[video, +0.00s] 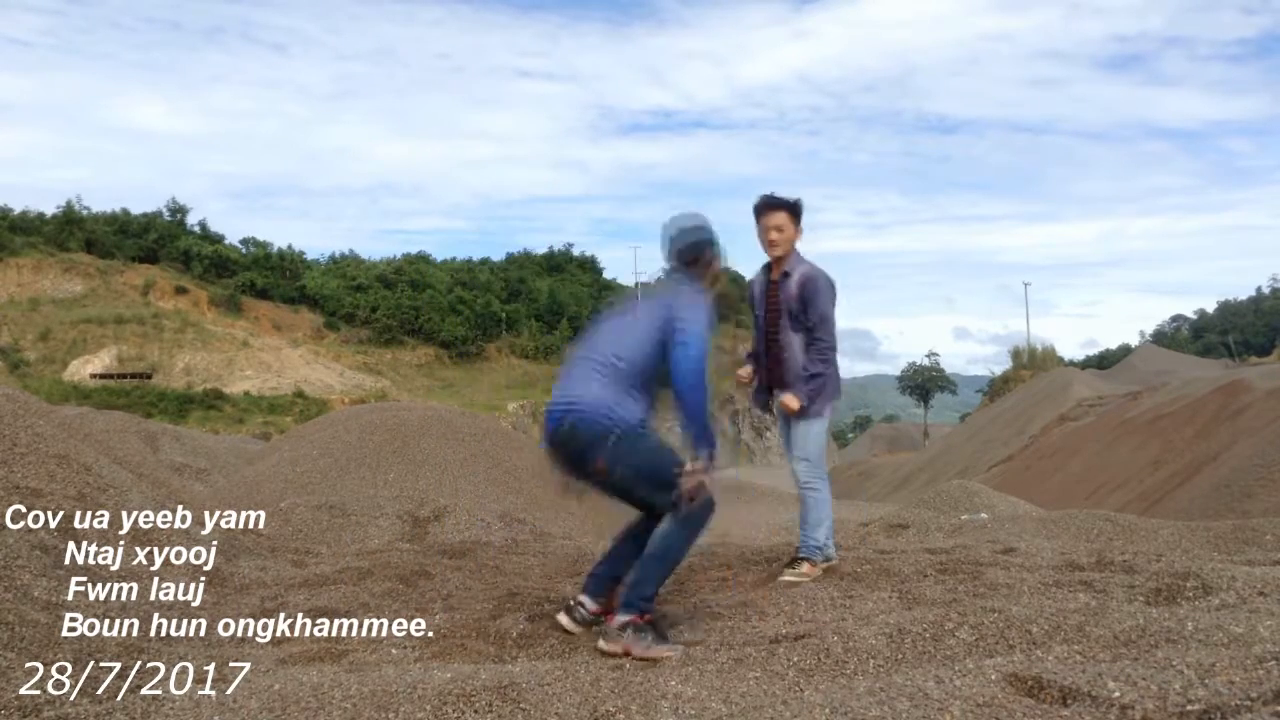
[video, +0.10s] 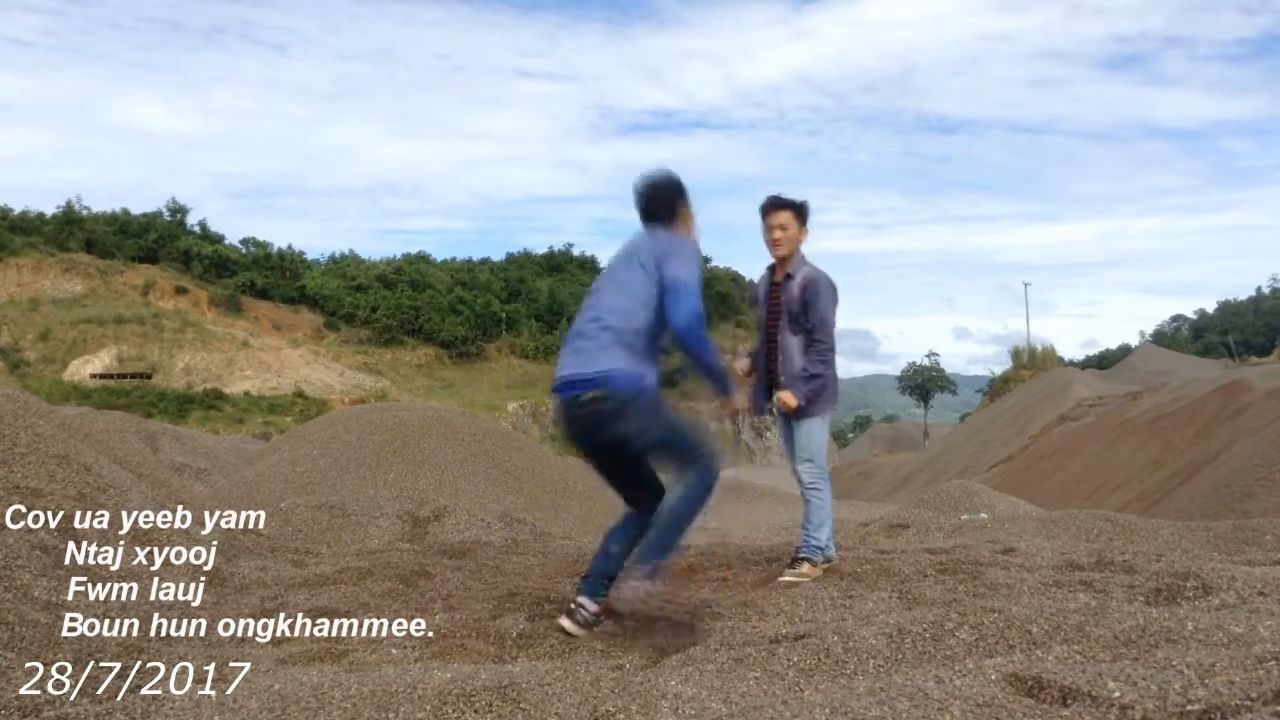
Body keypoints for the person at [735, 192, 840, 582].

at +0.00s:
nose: (771, 237)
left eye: (780, 229)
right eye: (765, 230)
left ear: (797, 231)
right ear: (758, 234)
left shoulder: (813, 280)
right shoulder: (758, 283)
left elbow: (824, 347)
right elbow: (764, 337)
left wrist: (803, 392)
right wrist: (753, 364)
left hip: (812, 391)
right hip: (782, 391)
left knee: (808, 471)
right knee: (805, 471)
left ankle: (813, 554)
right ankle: (822, 547)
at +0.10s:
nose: (775, 236)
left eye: (783, 229)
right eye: (769, 230)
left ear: (802, 233)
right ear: (764, 234)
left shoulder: (815, 282)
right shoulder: (763, 284)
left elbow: (823, 349)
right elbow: (771, 340)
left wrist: (801, 391)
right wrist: (752, 360)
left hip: (812, 392)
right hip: (782, 392)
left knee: (811, 472)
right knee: (804, 472)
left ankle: (813, 554)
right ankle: (823, 546)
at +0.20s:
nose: (782, 235)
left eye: (790, 228)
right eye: (776, 229)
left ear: (809, 233)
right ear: (770, 234)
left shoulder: (820, 282)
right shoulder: (771, 282)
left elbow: (828, 350)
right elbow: (776, 341)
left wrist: (805, 392)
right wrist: (761, 366)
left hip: (812, 392)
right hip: (782, 391)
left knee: (809, 472)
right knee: (804, 472)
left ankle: (812, 554)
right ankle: (822, 546)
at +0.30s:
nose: (786, 235)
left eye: (794, 228)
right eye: (780, 229)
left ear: (812, 233)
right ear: (774, 235)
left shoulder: (825, 282)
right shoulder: (772, 283)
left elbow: (833, 348)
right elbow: (776, 336)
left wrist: (810, 390)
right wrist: (761, 363)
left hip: (812, 392)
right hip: (782, 392)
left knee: (810, 472)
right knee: (801, 473)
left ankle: (812, 554)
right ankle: (820, 545)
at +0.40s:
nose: (788, 240)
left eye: (797, 233)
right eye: (784, 234)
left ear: (817, 237)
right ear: (780, 239)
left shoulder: (824, 282)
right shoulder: (791, 282)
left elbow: (824, 347)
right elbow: (786, 332)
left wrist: (796, 388)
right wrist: (776, 376)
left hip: (815, 395)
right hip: (792, 393)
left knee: (811, 475)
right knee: (796, 475)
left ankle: (814, 551)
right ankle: (819, 543)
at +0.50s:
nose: (786, 251)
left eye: (792, 242)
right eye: (784, 244)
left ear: (815, 242)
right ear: (798, 246)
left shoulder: (815, 283)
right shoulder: (808, 283)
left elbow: (809, 343)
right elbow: (800, 342)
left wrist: (783, 386)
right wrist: (781, 384)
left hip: (811, 392)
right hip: (810, 393)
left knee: (797, 467)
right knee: (808, 468)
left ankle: (809, 549)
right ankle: (821, 544)